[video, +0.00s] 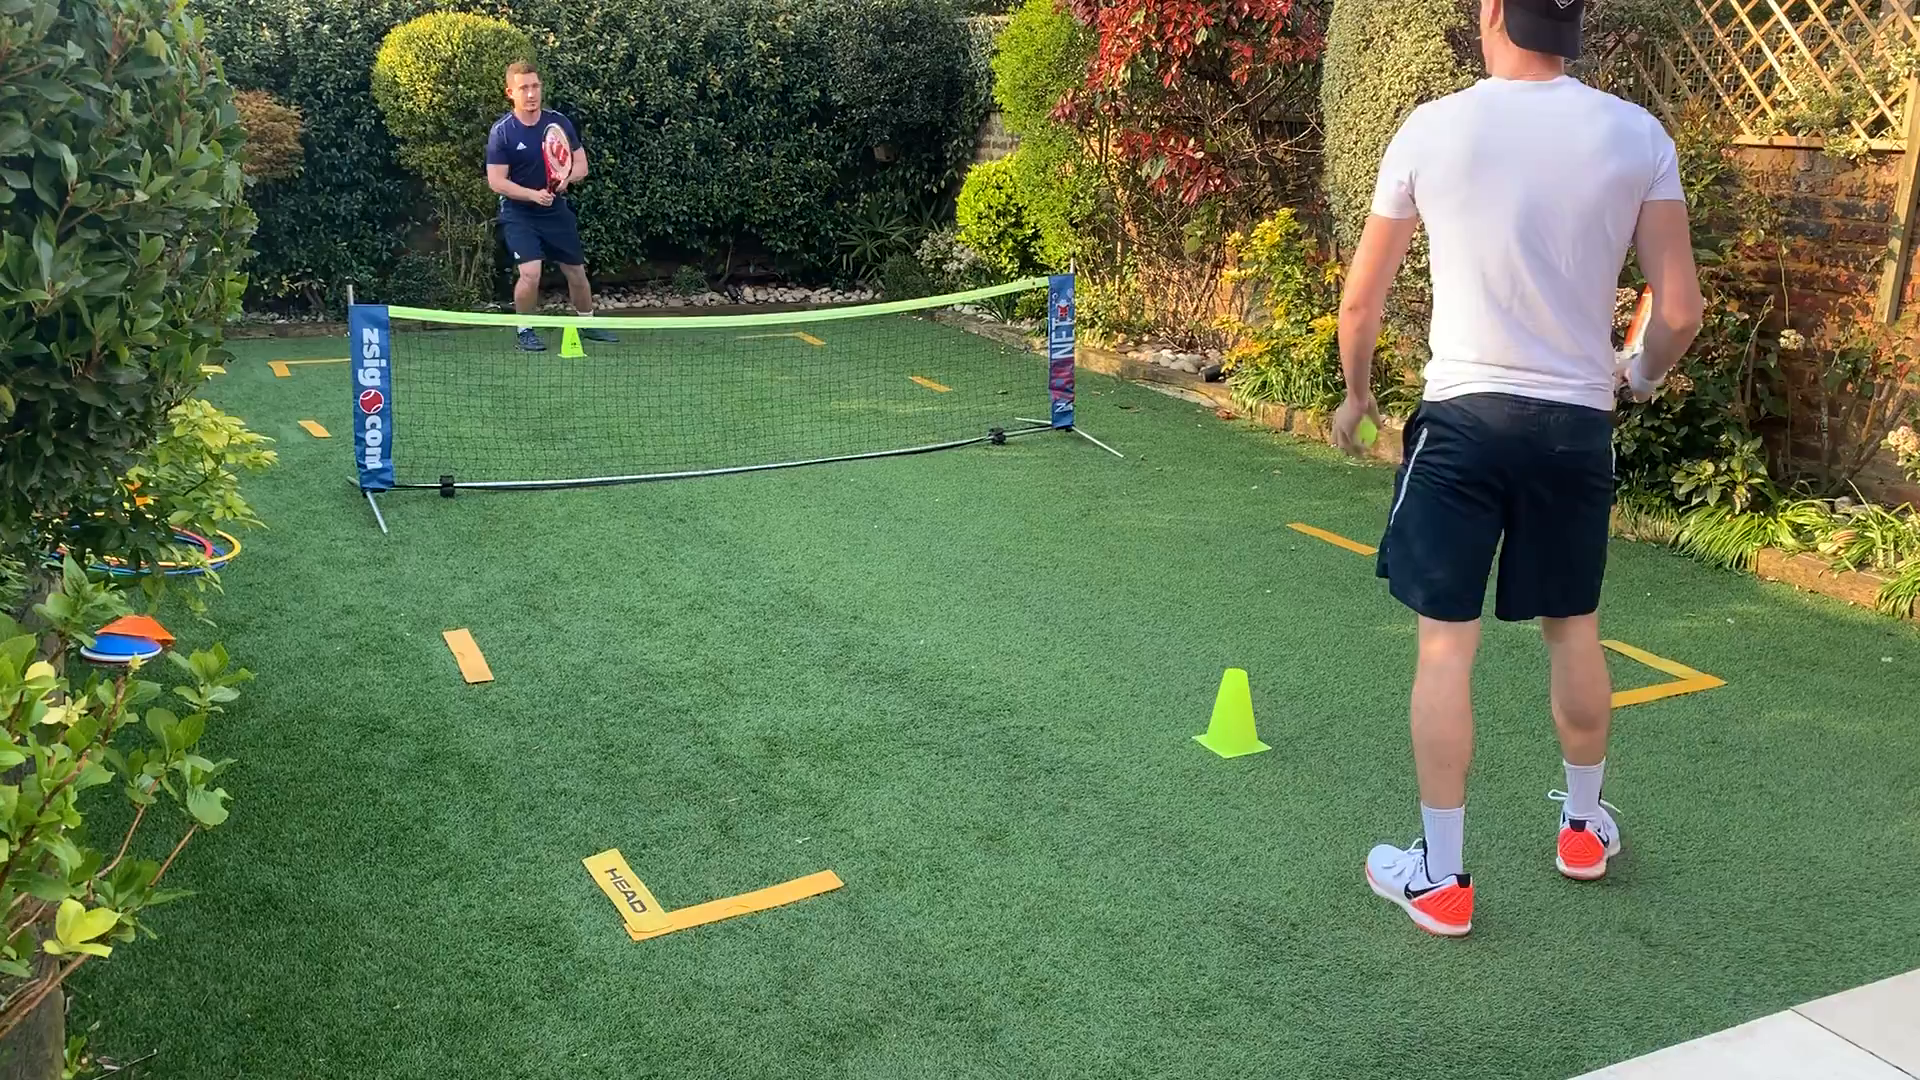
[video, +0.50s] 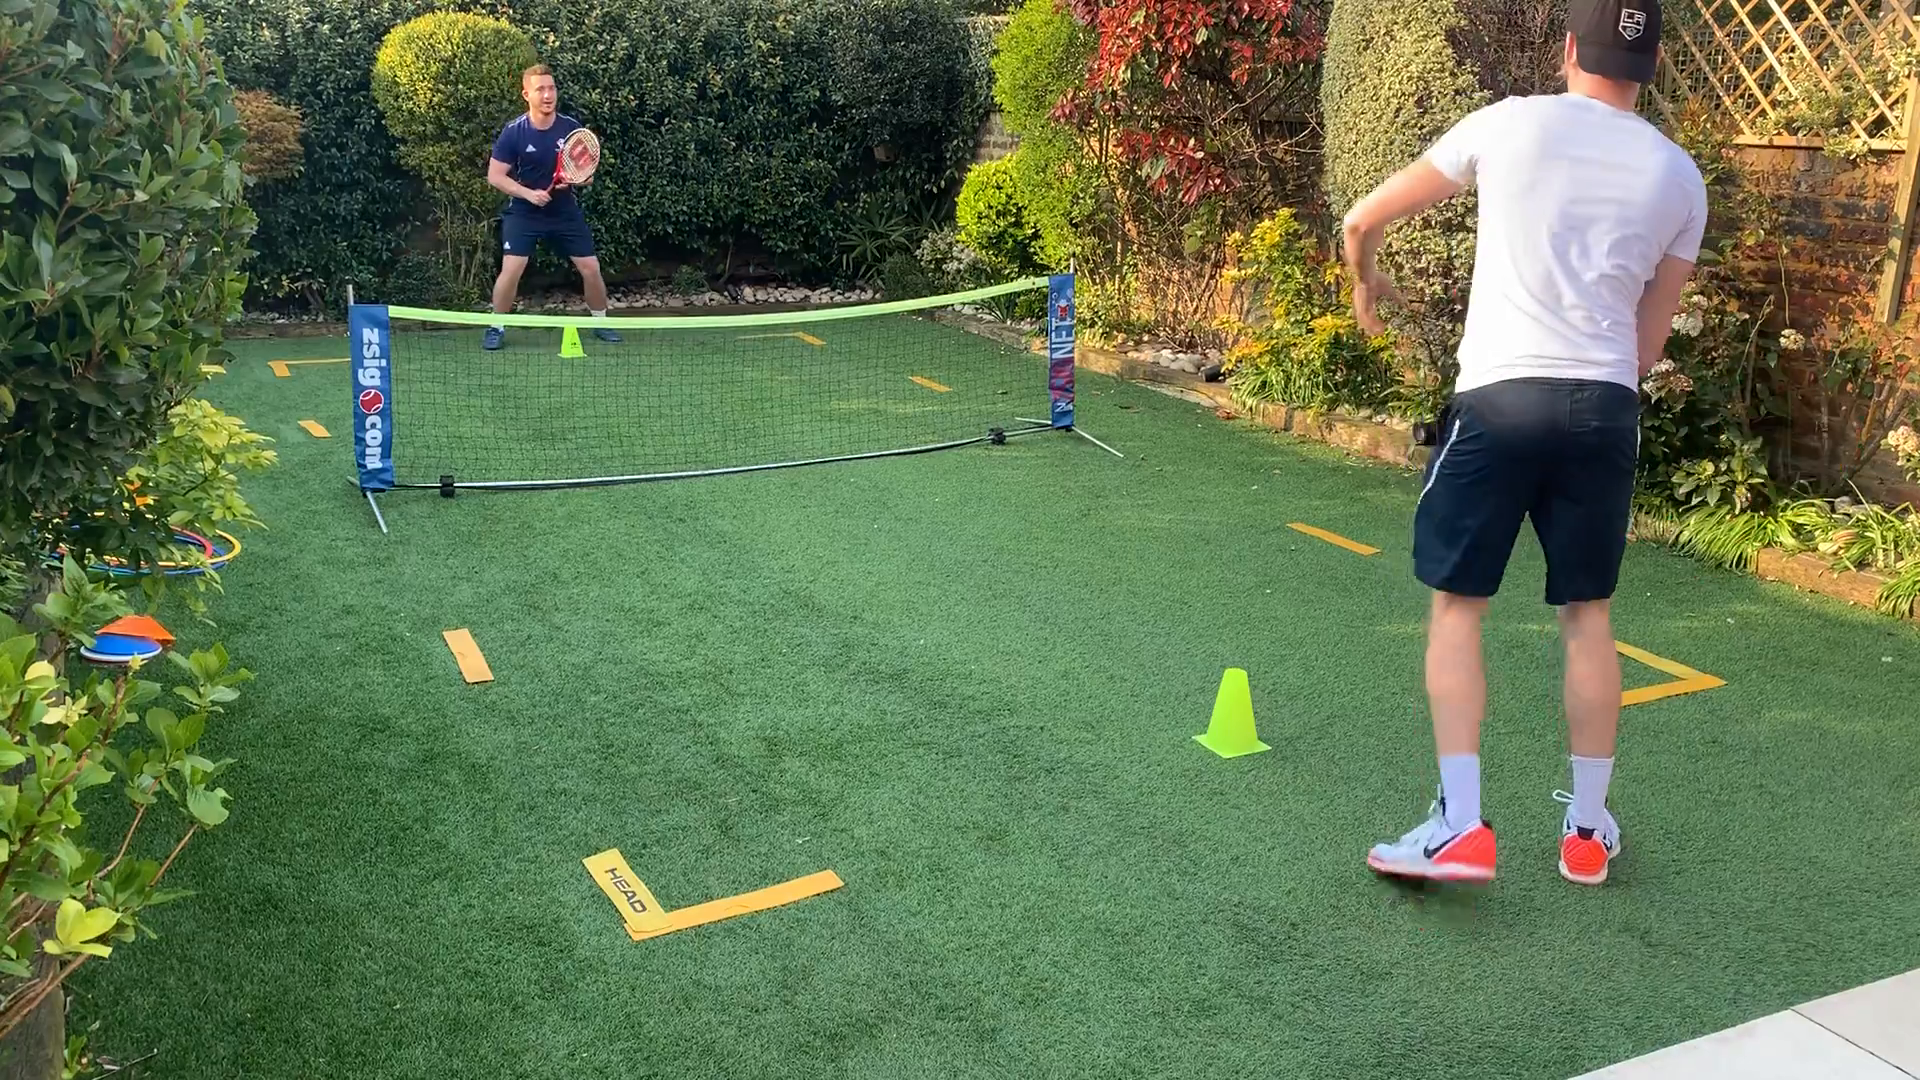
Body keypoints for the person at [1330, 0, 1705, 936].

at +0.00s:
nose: (1480, 23)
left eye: (1481, 13)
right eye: (1491, 15)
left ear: (1492, 19)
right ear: (1574, 32)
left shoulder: (1434, 126)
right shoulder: (1636, 135)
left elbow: (1362, 295)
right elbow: (1679, 311)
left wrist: (1354, 393)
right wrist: (1637, 373)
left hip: (1462, 417)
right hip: (1576, 427)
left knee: (1445, 643)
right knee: (1573, 623)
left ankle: (1442, 874)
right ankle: (1585, 823)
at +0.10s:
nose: (1499, 26)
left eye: (1501, 17)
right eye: (1517, 19)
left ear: (1508, 22)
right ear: (1589, 39)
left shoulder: (1446, 124)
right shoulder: (1645, 137)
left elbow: (1363, 278)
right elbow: (1695, 312)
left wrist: (1361, 335)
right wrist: (1685, 370)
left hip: (1466, 416)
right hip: (1579, 427)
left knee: (1447, 647)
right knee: (1577, 626)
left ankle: (1443, 873)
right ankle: (1585, 825)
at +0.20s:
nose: (1523, 35)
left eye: (1524, 25)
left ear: (1528, 31)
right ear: (1613, 50)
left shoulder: (1465, 121)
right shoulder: (1656, 147)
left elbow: (1373, 239)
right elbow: (1706, 319)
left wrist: (1389, 280)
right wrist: (1706, 393)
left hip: (1467, 411)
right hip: (1578, 427)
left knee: (1449, 642)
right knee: (1579, 623)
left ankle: (1440, 876)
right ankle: (1586, 827)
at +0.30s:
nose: (1557, 44)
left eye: (1555, 33)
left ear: (1550, 41)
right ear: (1634, 58)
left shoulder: (1482, 123)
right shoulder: (1670, 160)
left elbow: (1374, 229)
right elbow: (1699, 339)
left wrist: (1413, 266)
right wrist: (1688, 422)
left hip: (1472, 406)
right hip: (1583, 421)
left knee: (1453, 642)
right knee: (1582, 620)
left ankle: (1440, 874)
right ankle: (1586, 827)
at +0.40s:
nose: (1562, 52)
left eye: (1562, 42)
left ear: (1561, 50)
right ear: (1646, 71)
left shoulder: (1500, 124)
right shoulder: (1678, 171)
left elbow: (1369, 225)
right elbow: (1675, 349)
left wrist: (1402, 268)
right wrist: (1637, 428)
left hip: (1486, 405)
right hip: (1596, 415)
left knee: (1458, 638)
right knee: (1585, 616)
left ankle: (1444, 869)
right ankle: (1588, 829)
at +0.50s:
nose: (1560, 58)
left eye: (1562, 47)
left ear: (1567, 53)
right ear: (1650, 71)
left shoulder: (1507, 125)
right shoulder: (1677, 174)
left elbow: (1364, 219)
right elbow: (1649, 338)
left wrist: (1364, 281)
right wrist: (1601, 398)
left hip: (1497, 401)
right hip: (1606, 413)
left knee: (1457, 607)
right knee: (1590, 617)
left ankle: (1459, 820)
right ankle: (1589, 825)